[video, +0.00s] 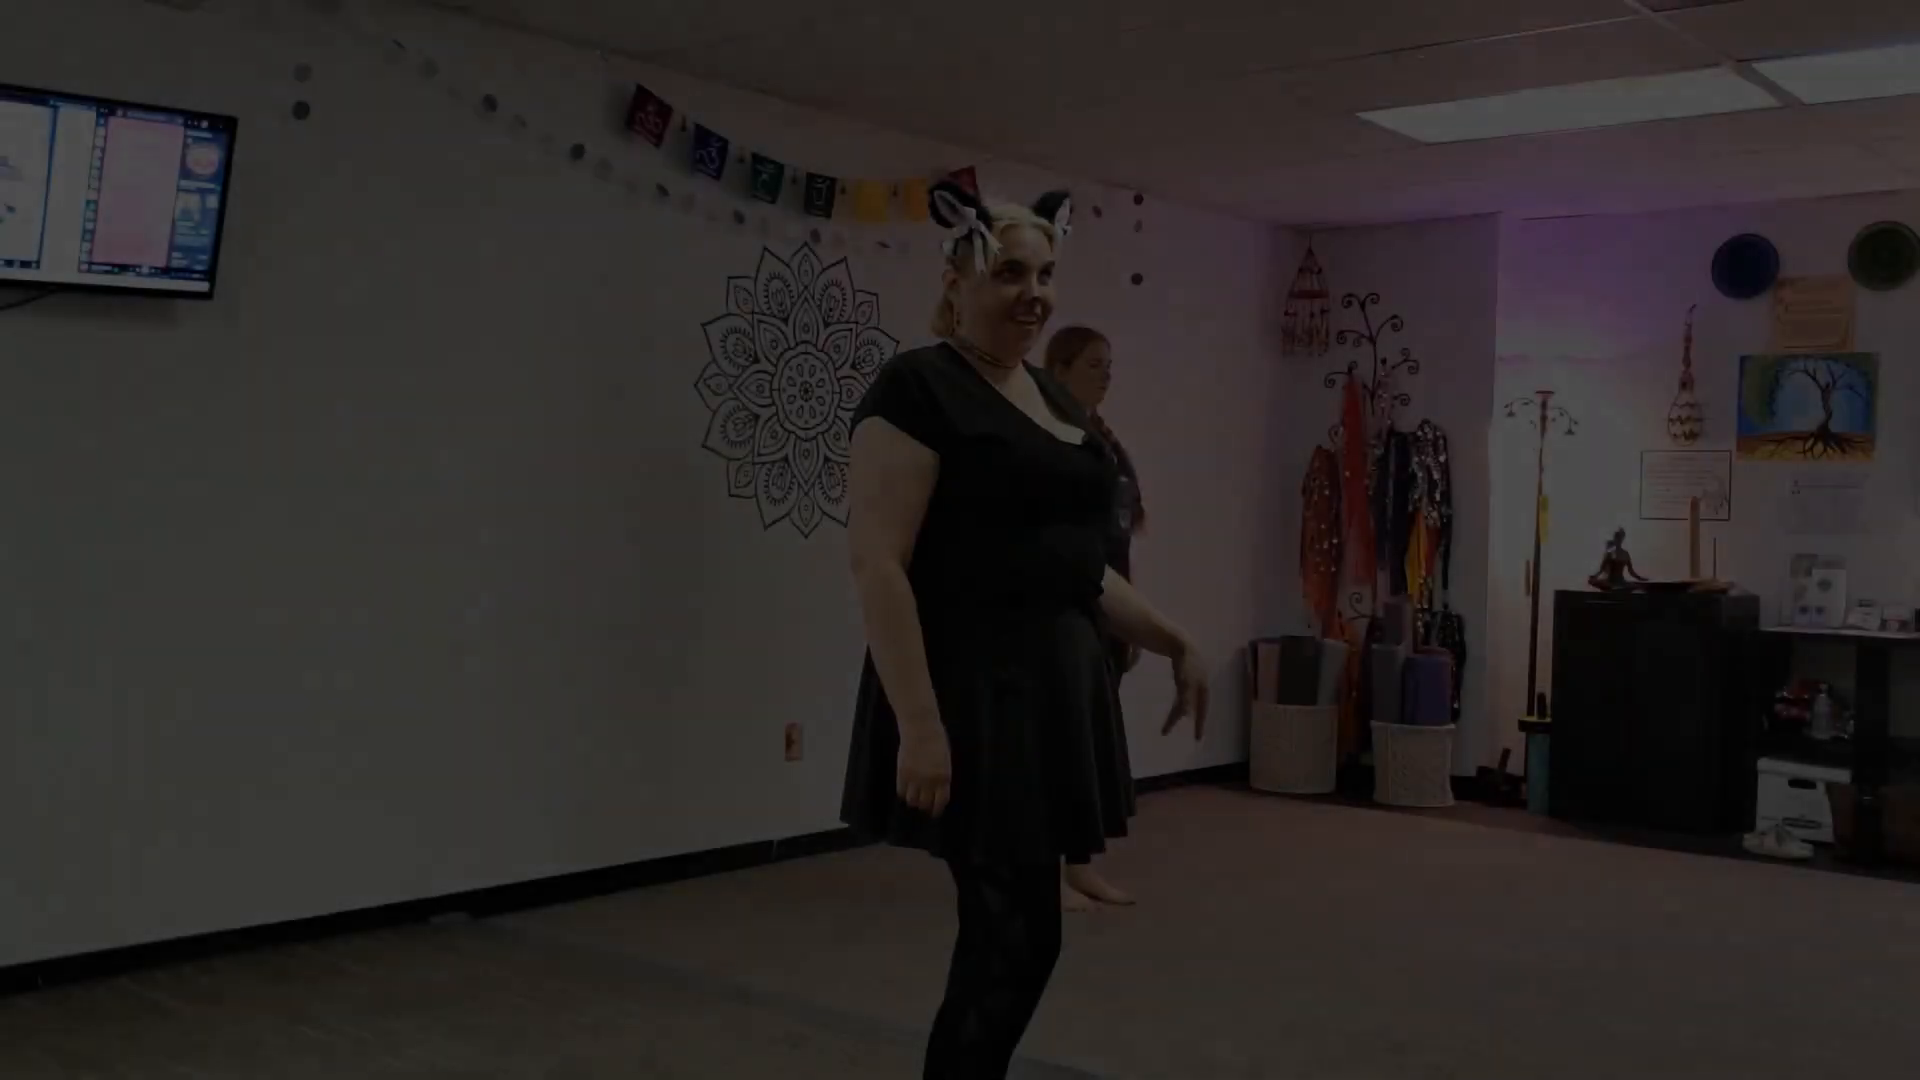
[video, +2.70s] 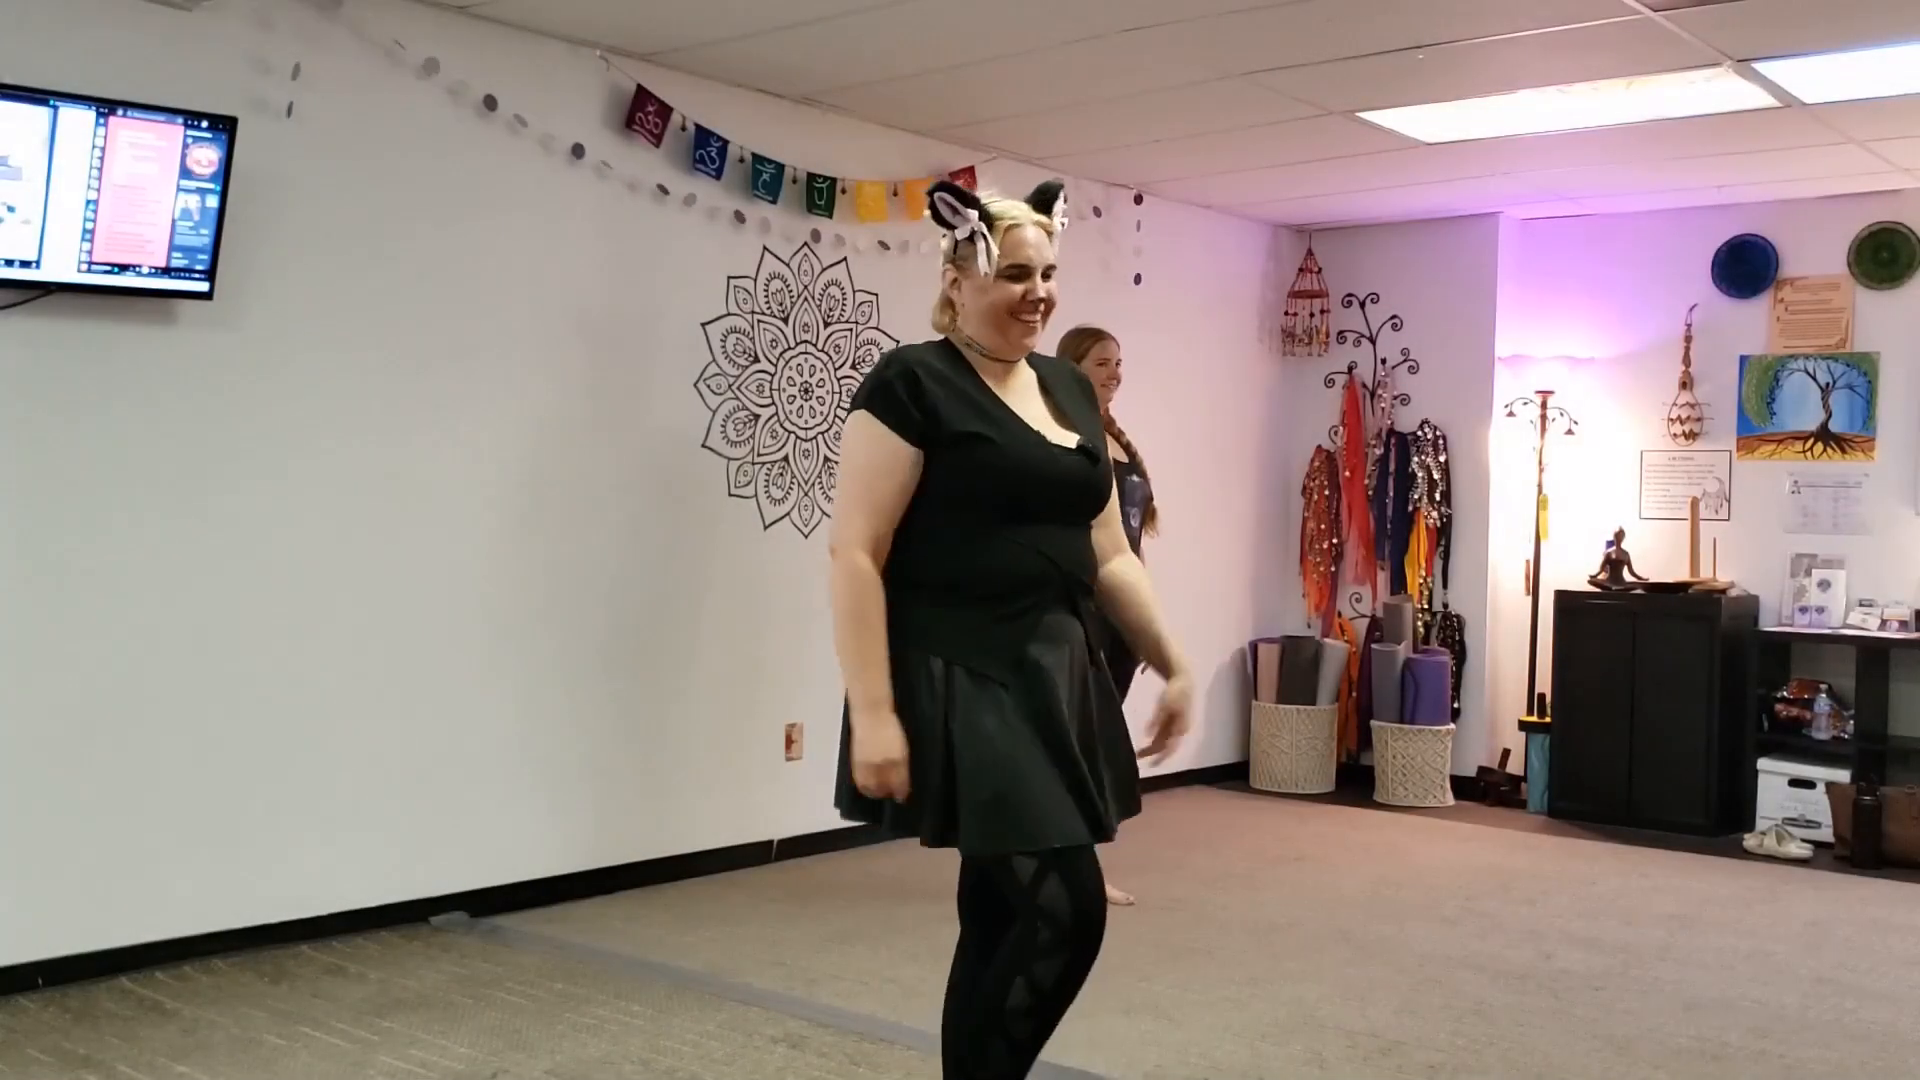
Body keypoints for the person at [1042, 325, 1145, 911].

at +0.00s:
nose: (1104, 377)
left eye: (1107, 368)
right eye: (1094, 368)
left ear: (1102, 375)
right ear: (1061, 369)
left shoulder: (1097, 436)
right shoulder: (1042, 432)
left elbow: (1118, 525)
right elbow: (1052, 536)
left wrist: (1127, 622)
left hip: (1102, 612)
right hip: (1052, 611)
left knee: (1093, 731)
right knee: (1049, 730)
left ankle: (1083, 858)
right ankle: (1052, 864)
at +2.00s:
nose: (1112, 374)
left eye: (1114, 364)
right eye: (1100, 364)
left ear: (1112, 373)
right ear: (1068, 370)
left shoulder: (1118, 443)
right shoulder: (1053, 438)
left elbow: (1130, 538)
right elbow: (1056, 532)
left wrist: (1144, 616)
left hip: (1112, 606)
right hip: (1063, 604)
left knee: (1095, 728)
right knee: (1057, 729)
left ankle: (1077, 859)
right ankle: (1048, 868)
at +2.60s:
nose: (1114, 374)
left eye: (1117, 365)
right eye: (1102, 365)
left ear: (1117, 373)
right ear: (1069, 370)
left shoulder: (1119, 441)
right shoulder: (1056, 435)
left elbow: (1132, 533)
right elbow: (1055, 527)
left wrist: (1145, 611)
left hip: (1116, 601)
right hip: (1068, 600)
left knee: (1101, 721)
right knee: (1073, 721)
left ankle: (1079, 853)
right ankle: (1072, 856)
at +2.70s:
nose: (1115, 374)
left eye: (1118, 364)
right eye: (1104, 365)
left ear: (1116, 372)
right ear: (1071, 368)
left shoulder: (1116, 435)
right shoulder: (1057, 430)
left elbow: (1137, 500)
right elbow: (1061, 511)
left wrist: (1142, 520)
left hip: (1122, 591)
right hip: (1074, 593)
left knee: (1093, 723)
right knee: (1075, 724)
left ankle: (1075, 861)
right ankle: (1076, 868)